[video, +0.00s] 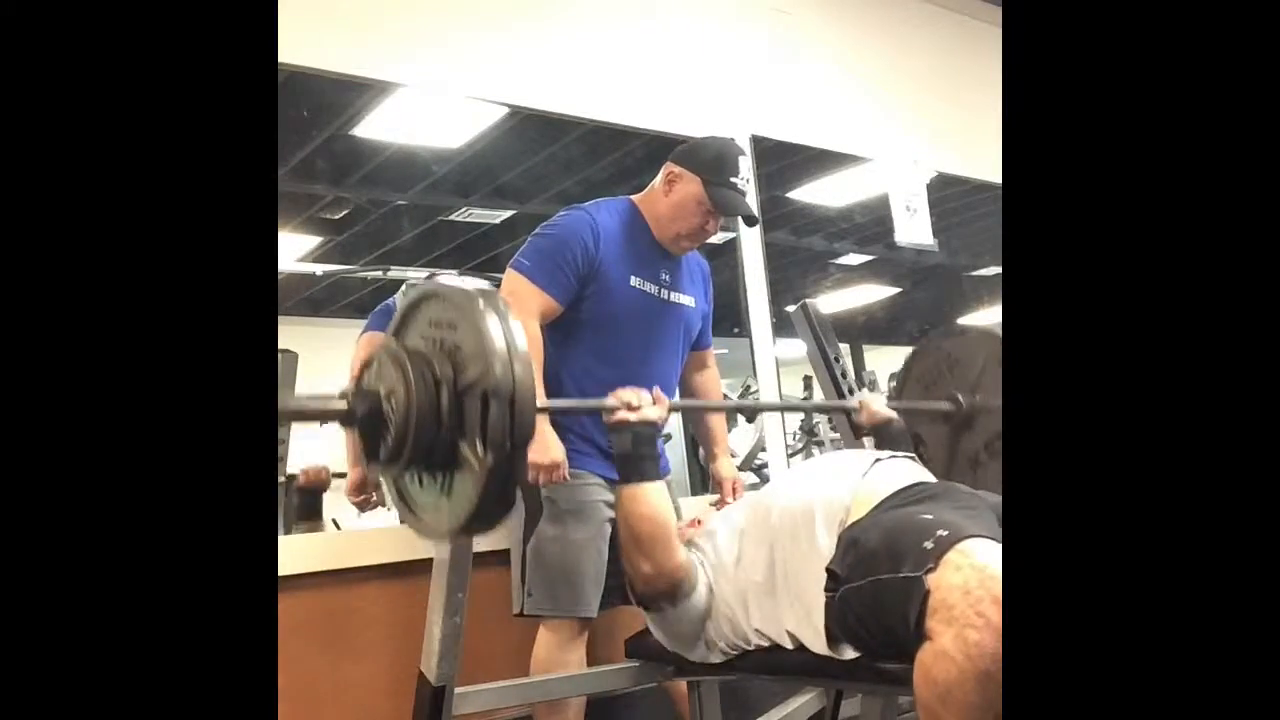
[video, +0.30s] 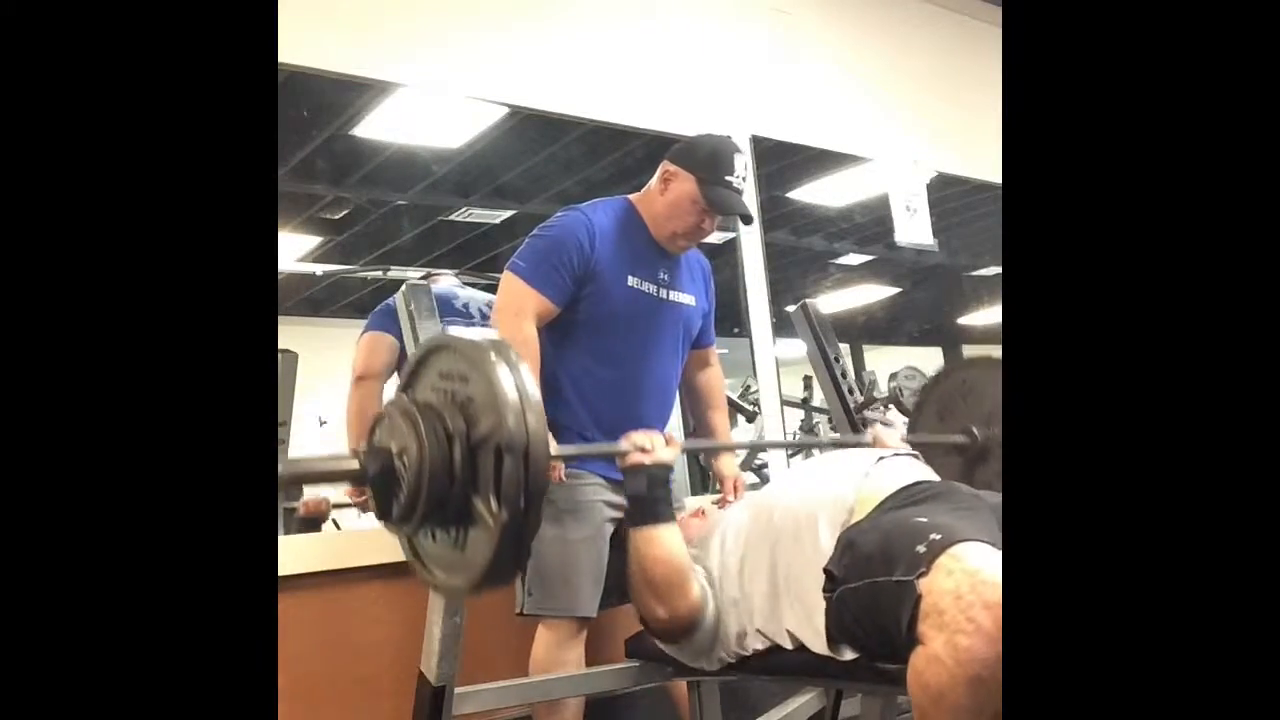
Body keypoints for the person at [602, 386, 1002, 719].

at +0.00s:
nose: (688, 519)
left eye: (687, 511)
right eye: (674, 526)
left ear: (706, 505)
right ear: (665, 554)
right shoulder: (689, 602)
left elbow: (898, 489)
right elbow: (655, 570)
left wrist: (887, 433)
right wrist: (636, 440)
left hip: (944, 494)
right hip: (866, 532)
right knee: (983, 592)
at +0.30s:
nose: (695, 506)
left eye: (692, 502)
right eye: (679, 516)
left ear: (710, 498)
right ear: (671, 543)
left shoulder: (767, 499)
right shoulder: (699, 599)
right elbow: (665, 612)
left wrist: (886, 442)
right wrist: (648, 487)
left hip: (952, 493)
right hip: (873, 533)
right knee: (980, 600)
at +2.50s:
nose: (694, 500)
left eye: (694, 496)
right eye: (679, 508)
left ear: (713, 498)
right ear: (674, 540)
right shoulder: (694, 573)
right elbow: (682, 639)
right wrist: (650, 514)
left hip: (946, 491)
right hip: (873, 525)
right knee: (980, 612)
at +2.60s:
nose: (687, 499)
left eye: (686, 494)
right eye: (675, 508)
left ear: (707, 499)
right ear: (680, 544)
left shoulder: (763, 505)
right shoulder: (700, 579)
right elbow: (690, 658)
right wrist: (656, 534)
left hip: (939, 487)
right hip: (869, 529)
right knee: (979, 607)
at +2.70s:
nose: (693, 493)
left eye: (691, 490)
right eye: (679, 500)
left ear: (710, 495)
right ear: (680, 538)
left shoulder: (772, 500)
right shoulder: (702, 577)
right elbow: (686, 660)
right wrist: (660, 534)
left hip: (956, 490)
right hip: (875, 524)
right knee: (981, 601)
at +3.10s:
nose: (681, 511)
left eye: (678, 505)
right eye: (666, 517)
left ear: (693, 504)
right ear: (651, 550)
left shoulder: (772, 510)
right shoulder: (687, 595)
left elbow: (894, 483)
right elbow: (652, 545)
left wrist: (874, 428)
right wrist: (630, 423)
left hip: (943, 496)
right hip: (861, 532)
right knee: (978, 603)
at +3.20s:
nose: (678, 502)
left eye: (676, 498)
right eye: (663, 511)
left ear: (690, 498)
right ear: (649, 547)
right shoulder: (689, 593)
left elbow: (897, 478)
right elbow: (654, 537)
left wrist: (877, 417)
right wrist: (631, 418)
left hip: (956, 489)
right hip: (869, 526)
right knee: (978, 599)